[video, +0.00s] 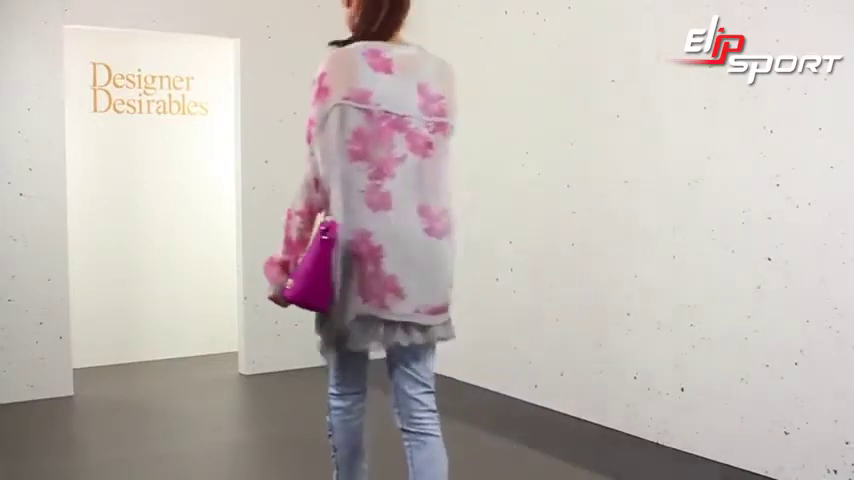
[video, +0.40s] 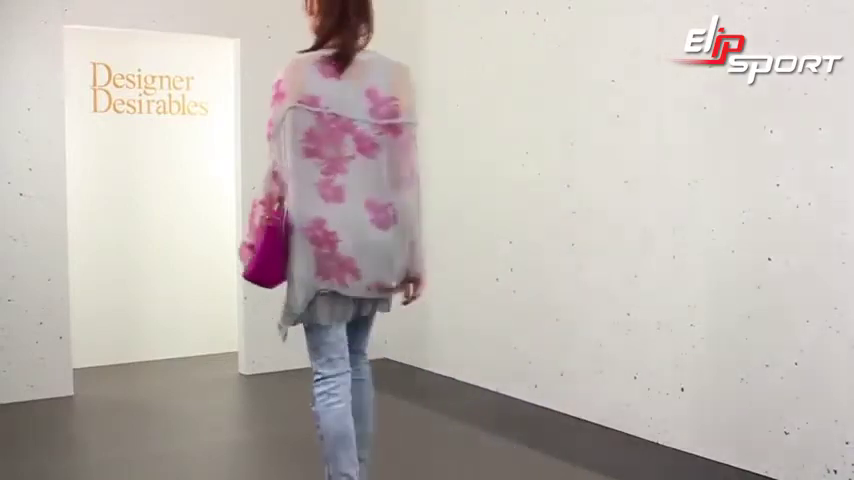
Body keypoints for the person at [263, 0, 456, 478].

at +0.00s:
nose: (345, 10)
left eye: (346, 3)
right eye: (346, 3)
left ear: (356, 7)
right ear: (403, 8)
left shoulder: (342, 65)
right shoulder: (438, 71)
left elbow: (318, 176)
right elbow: (433, 174)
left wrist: (285, 266)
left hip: (352, 253)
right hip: (424, 254)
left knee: (346, 397)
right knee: (419, 405)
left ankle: (349, 475)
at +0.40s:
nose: (306, 11)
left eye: (310, 4)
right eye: (308, 4)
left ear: (320, 11)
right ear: (362, 11)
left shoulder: (296, 73)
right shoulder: (393, 75)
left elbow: (279, 167)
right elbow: (405, 176)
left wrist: (259, 239)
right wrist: (414, 259)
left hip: (316, 239)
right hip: (381, 239)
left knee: (330, 373)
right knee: (357, 360)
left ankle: (344, 474)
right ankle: (361, 467)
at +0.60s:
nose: (286, 38)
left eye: (288, 30)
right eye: (288, 28)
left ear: (296, 32)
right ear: (337, 31)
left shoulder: (274, 97)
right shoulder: (367, 99)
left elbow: (260, 185)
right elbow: (380, 190)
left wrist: (243, 250)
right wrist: (386, 266)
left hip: (294, 251)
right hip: (354, 250)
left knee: (321, 368)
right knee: (332, 362)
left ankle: (341, 472)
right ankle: (310, 454)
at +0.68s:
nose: (280, 39)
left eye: (282, 31)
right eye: (281, 30)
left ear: (291, 34)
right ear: (328, 32)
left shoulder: (268, 97)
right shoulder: (357, 99)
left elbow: (250, 181)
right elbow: (370, 188)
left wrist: (233, 249)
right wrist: (376, 262)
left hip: (289, 246)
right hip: (344, 247)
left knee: (303, 361)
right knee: (327, 354)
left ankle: (329, 468)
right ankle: (309, 455)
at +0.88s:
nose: (265, 40)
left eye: (268, 33)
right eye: (266, 32)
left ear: (279, 35)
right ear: (312, 33)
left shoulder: (260, 94)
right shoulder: (341, 97)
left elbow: (242, 173)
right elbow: (348, 179)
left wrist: (220, 238)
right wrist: (346, 243)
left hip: (271, 235)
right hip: (328, 238)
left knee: (272, 334)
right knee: (319, 343)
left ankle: (278, 447)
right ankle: (309, 455)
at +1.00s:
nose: (254, 50)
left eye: (255, 43)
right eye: (256, 42)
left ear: (264, 46)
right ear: (302, 44)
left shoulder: (253, 102)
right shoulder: (328, 103)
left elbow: (236, 177)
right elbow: (337, 180)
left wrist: (213, 239)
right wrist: (333, 238)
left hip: (263, 238)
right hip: (319, 239)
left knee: (262, 335)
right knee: (315, 342)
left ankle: (264, 429)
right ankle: (308, 456)